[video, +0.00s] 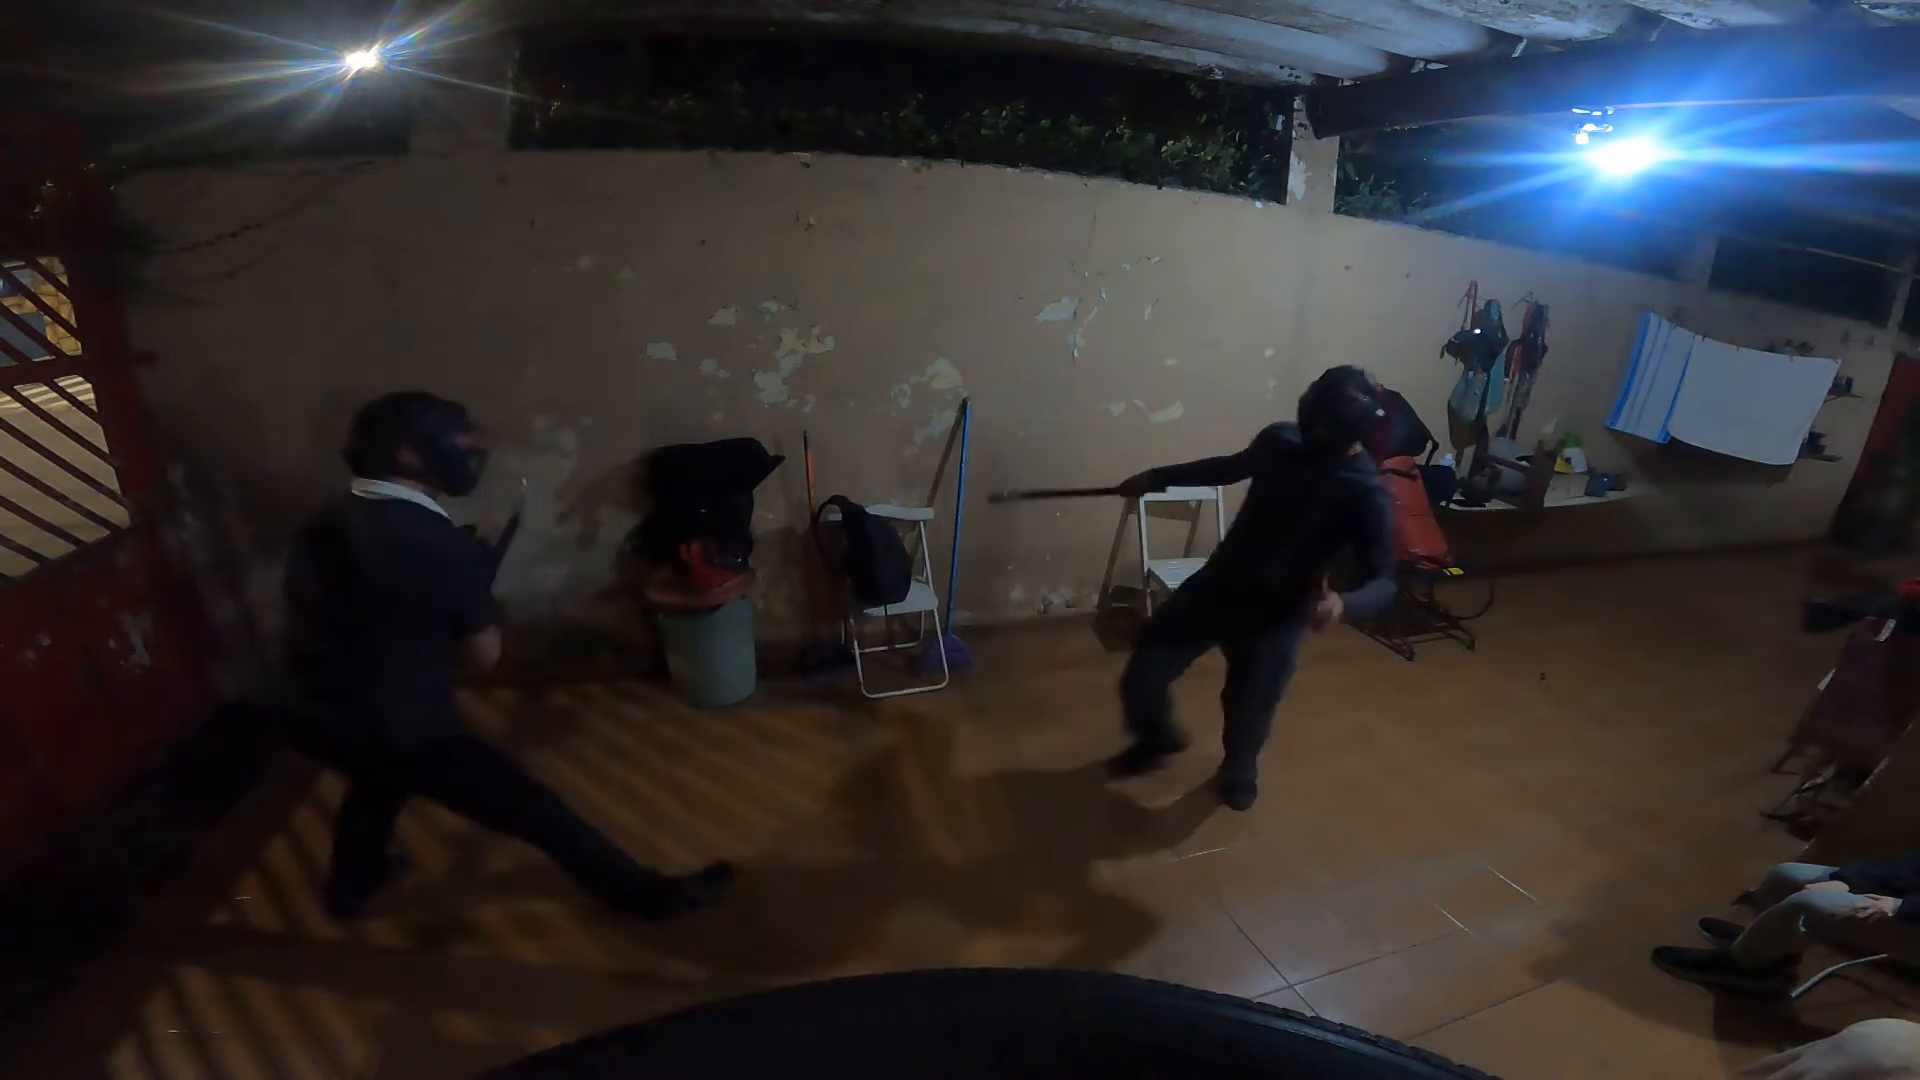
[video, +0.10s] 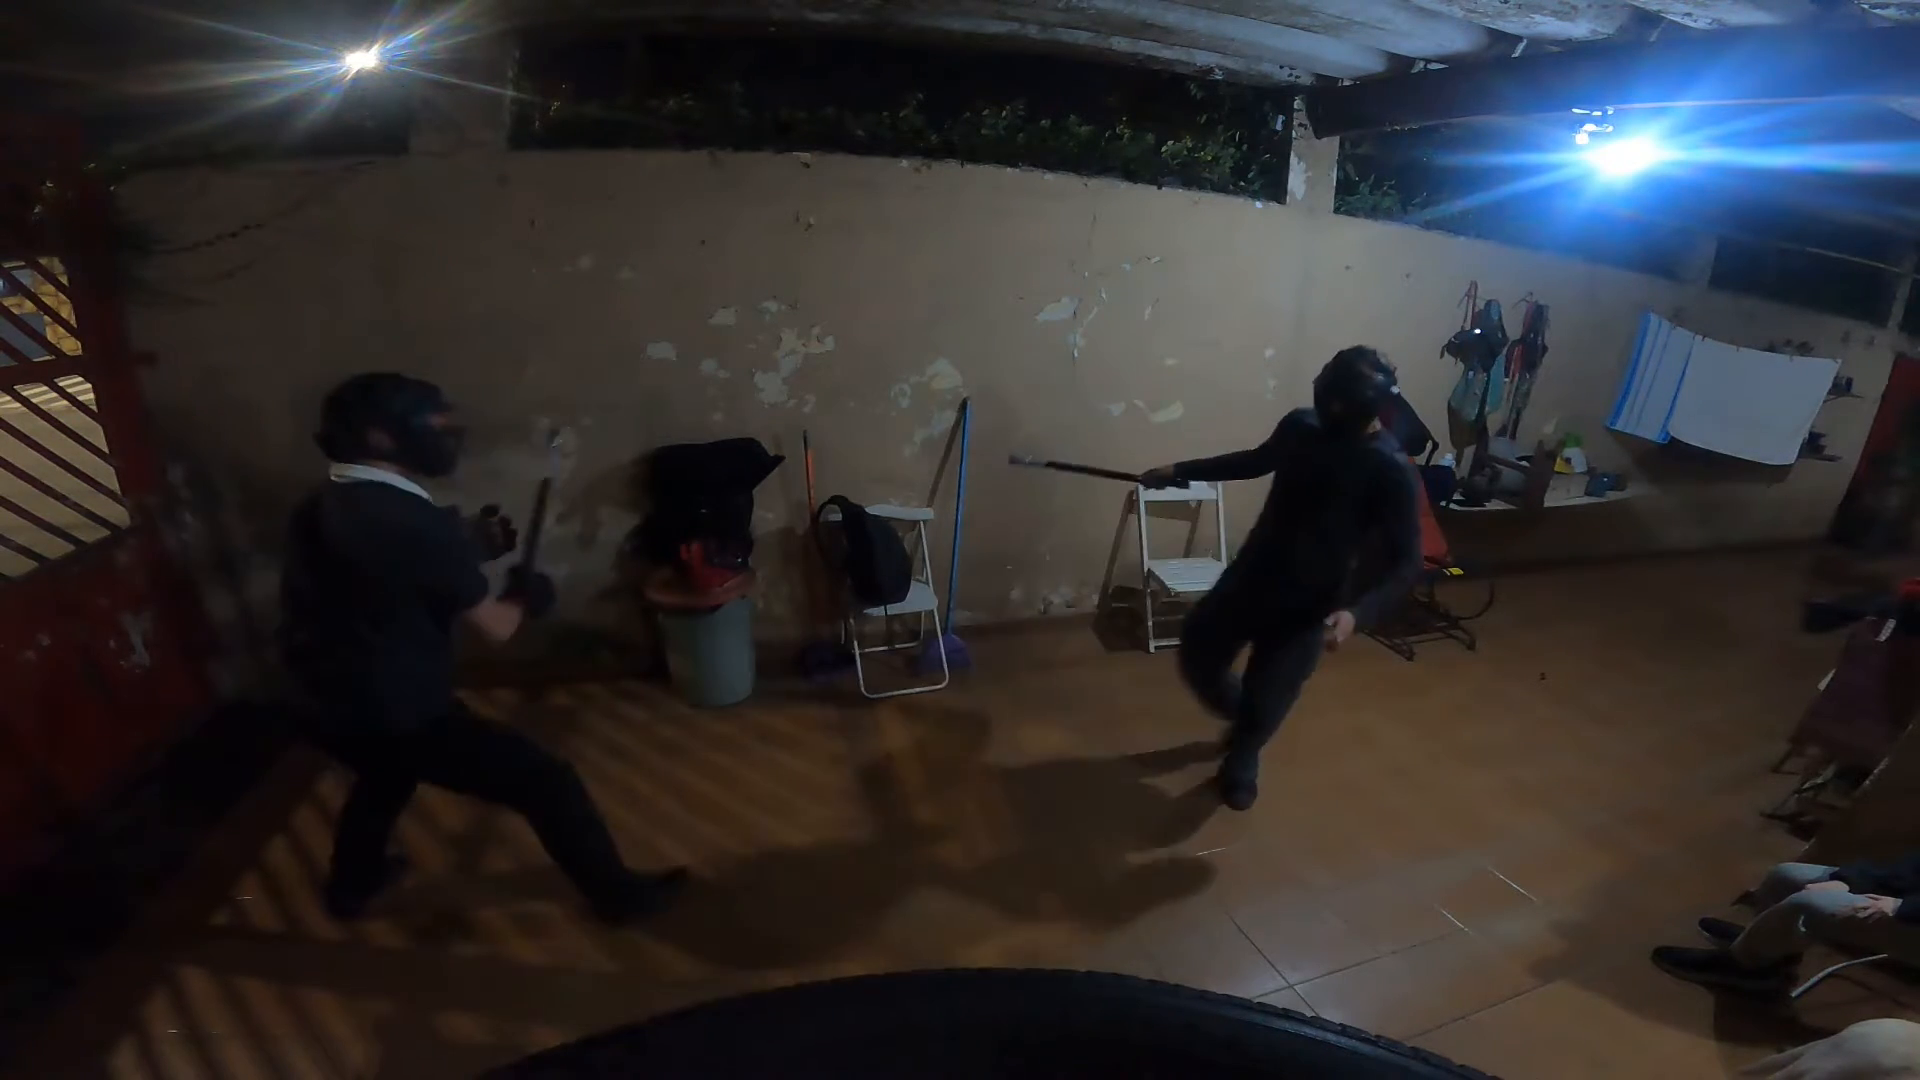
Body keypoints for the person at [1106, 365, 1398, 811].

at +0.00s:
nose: (1304, 416)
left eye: (1317, 414)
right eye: (1309, 409)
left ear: (1345, 430)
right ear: (1312, 415)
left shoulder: (1364, 491)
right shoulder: (1281, 442)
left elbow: (1384, 583)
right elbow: (1226, 470)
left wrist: (1345, 602)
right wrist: (1153, 479)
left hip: (1277, 613)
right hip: (1219, 585)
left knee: (1249, 711)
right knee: (1142, 676)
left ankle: (1238, 778)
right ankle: (1155, 738)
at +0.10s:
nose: (1323, 409)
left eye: (1335, 404)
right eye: (1324, 398)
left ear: (1365, 414)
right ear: (1322, 397)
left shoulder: (1390, 471)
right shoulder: (1301, 428)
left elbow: (1407, 564)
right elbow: (1254, 463)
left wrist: (1358, 612)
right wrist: (1178, 472)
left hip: (1312, 601)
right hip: (1256, 572)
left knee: (1266, 698)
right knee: (1198, 654)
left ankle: (1242, 764)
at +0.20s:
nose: (1351, 416)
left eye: (1360, 408)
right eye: (1345, 404)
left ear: (1387, 403)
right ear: (1337, 395)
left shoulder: (1418, 458)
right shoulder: (1321, 424)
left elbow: (1442, 535)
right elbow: (1287, 468)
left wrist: (1400, 589)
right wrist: (1219, 490)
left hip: (1360, 579)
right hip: (1305, 562)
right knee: (1304, 658)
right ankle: (1342, 707)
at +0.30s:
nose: (1350, 425)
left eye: (1361, 417)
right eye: (1345, 413)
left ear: (1387, 414)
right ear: (1339, 407)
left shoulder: (1419, 464)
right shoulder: (1325, 440)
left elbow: (1461, 532)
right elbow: (1301, 484)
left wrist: (1428, 594)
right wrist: (1239, 512)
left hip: (1381, 588)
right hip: (1327, 578)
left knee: (1340, 677)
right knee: (1325, 672)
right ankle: (1343, 732)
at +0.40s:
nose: (1361, 422)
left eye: (1371, 416)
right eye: (1359, 412)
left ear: (1401, 419)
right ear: (1354, 407)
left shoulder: (1430, 462)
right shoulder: (1342, 443)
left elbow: (1484, 533)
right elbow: (1324, 498)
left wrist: (1455, 588)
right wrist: (1281, 538)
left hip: (1397, 586)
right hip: (1342, 575)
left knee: (1376, 679)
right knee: (1329, 665)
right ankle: (1354, 719)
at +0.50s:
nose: (1393, 424)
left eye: (1404, 416)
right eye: (1387, 413)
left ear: (1427, 410)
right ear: (1377, 402)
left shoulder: (1454, 453)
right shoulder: (1354, 435)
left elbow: (1500, 525)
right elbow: (1331, 493)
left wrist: (1458, 556)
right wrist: (1316, 537)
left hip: (1414, 571)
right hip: (1353, 560)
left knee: (1411, 671)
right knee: (1322, 655)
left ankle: (1414, 714)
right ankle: (1348, 711)